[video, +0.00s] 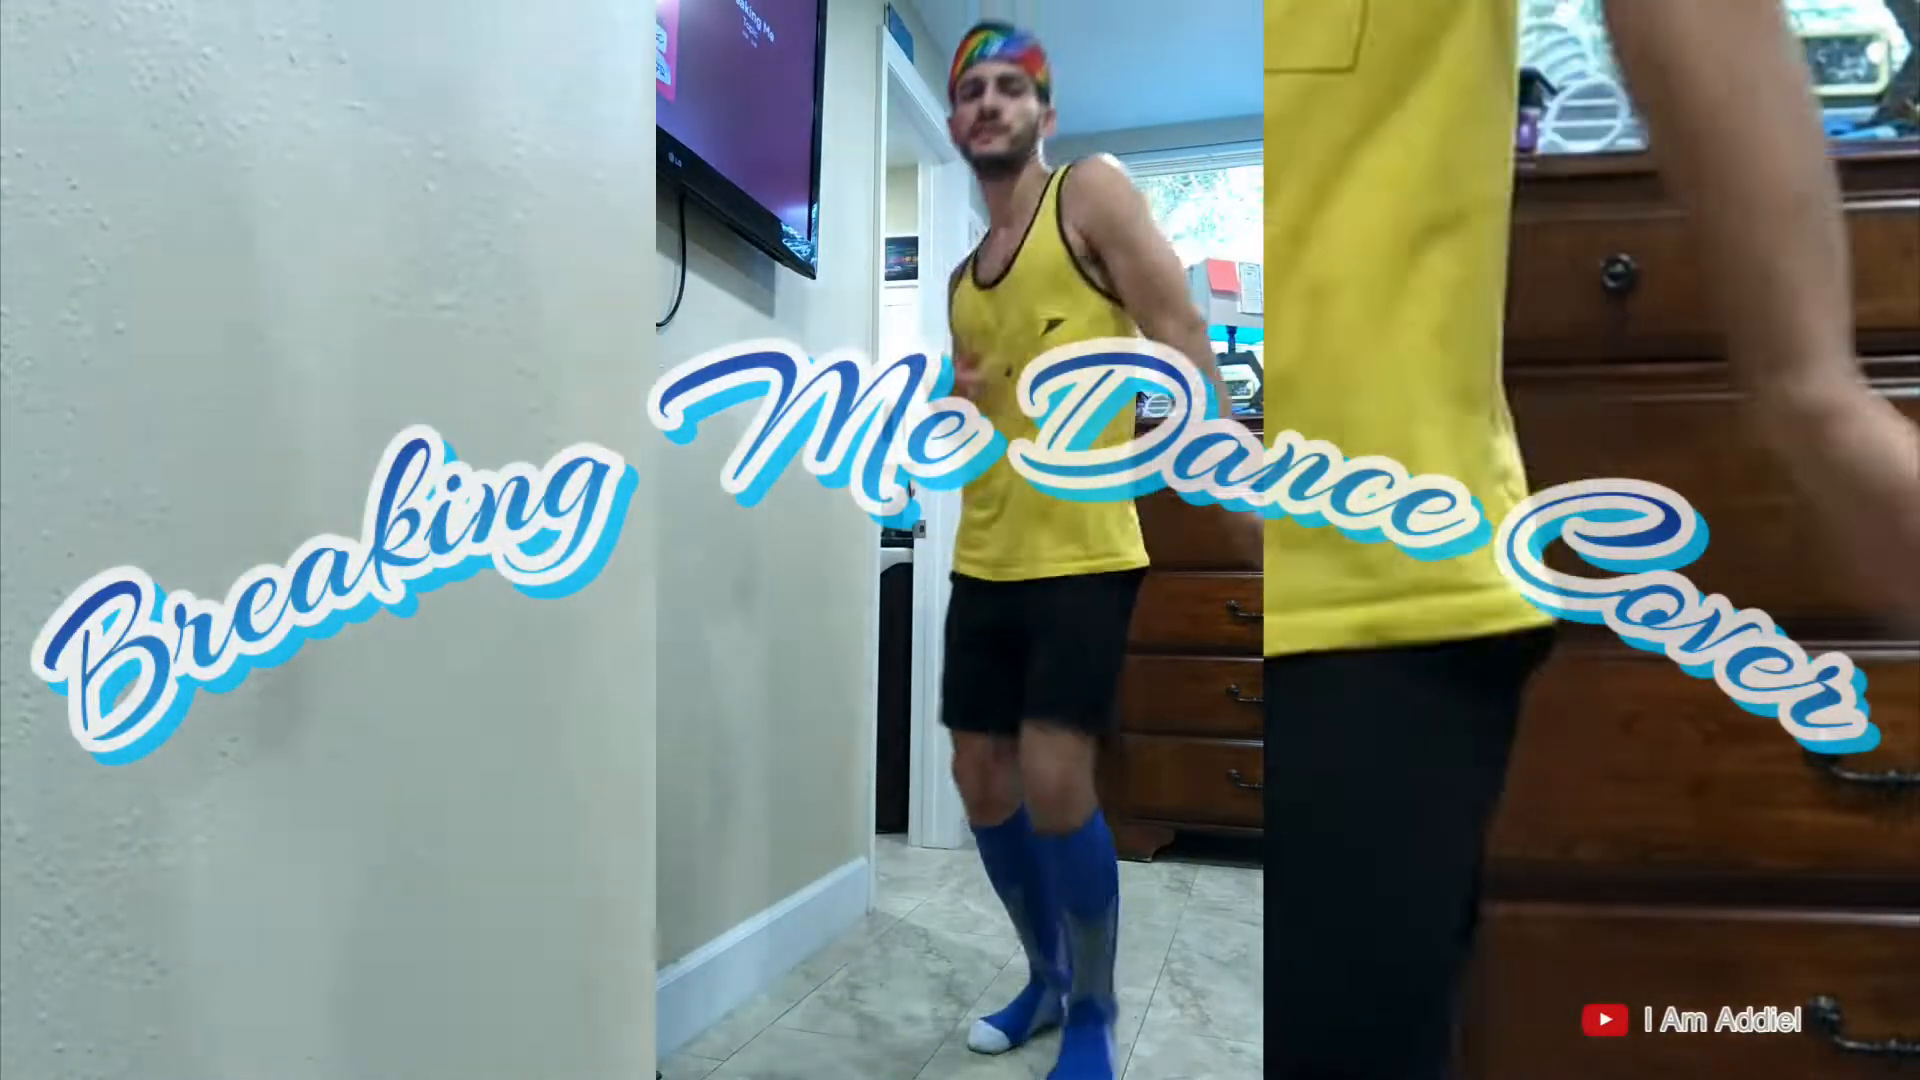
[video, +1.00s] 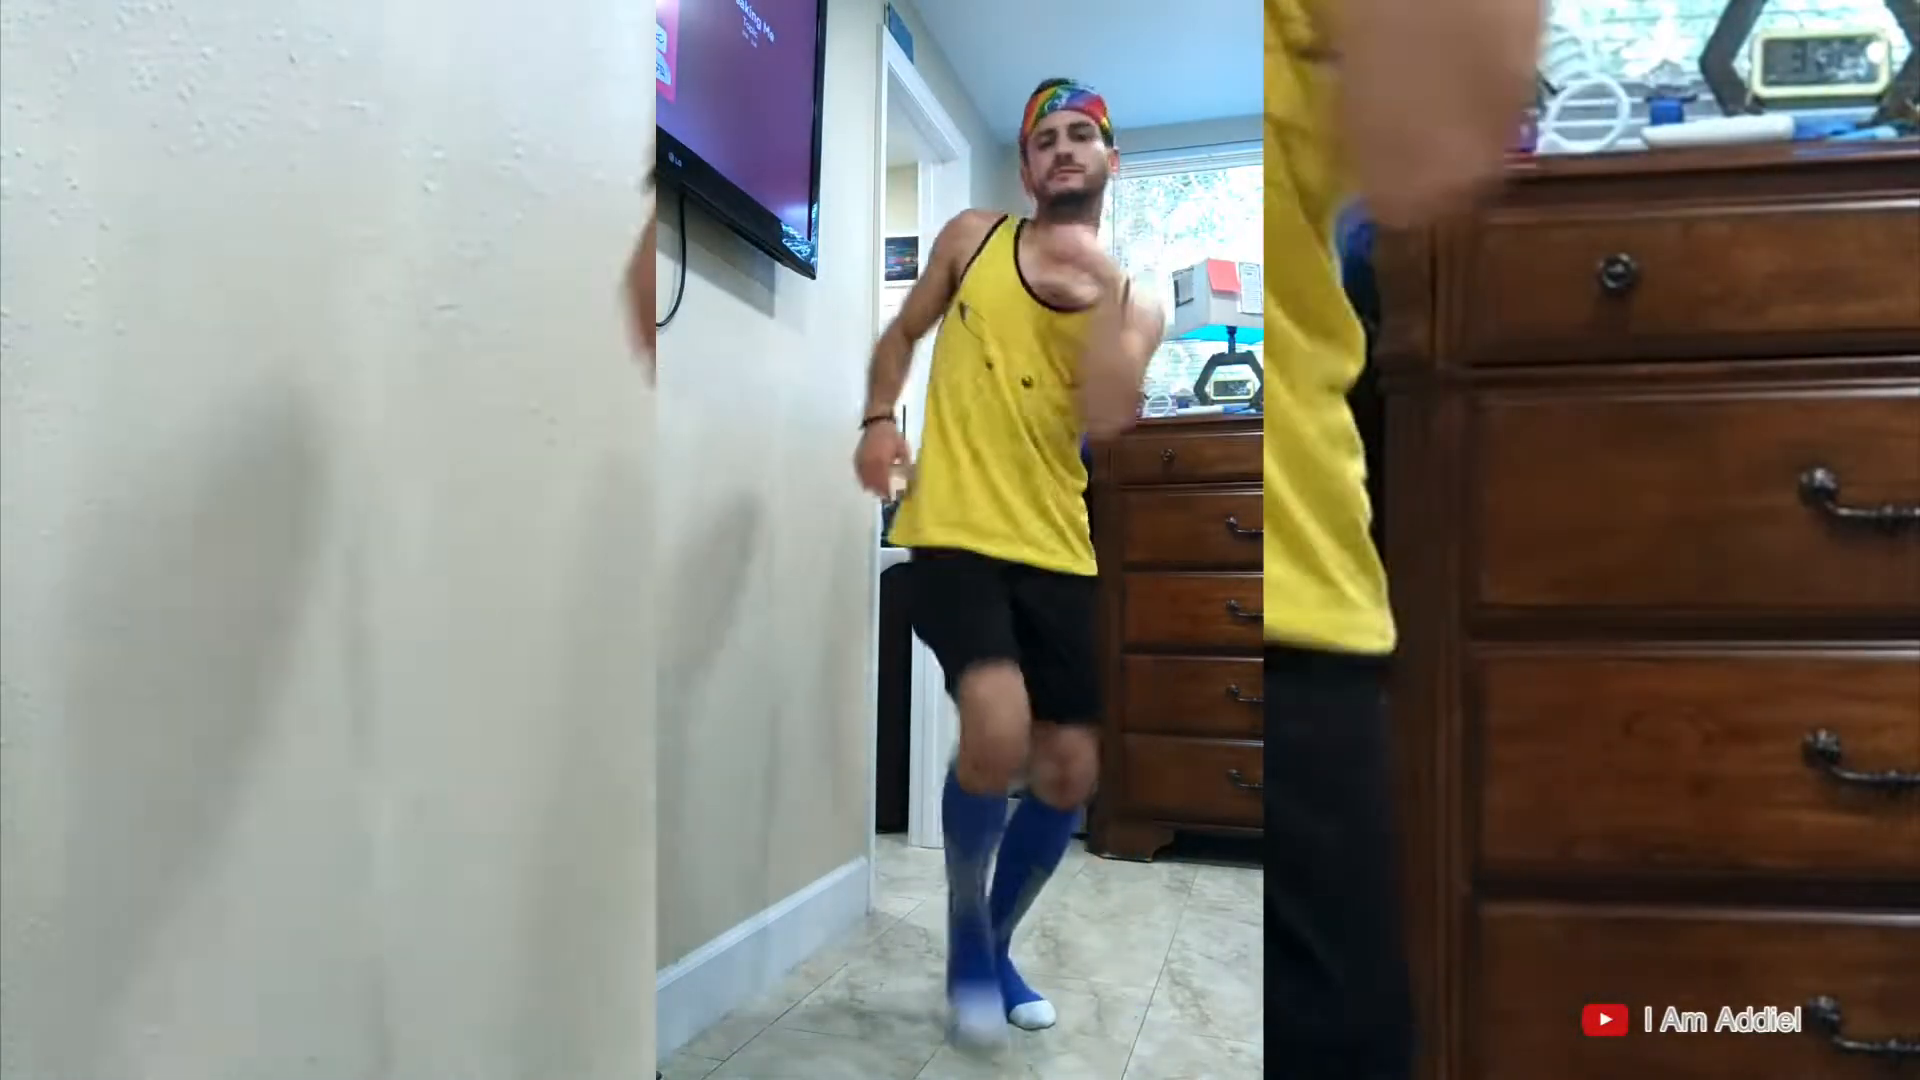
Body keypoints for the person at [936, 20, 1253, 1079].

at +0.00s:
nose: (988, 105)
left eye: (1008, 90)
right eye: (971, 93)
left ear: (1044, 112)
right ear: (953, 121)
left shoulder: (1088, 189)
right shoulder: (969, 269)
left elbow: (1183, 334)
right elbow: (968, 404)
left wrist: (1153, 437)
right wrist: (902, 447)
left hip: (1083, 545)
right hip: (986, 553)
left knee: (1052, 775)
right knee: (981, 775)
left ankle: (1093, 1019)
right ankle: (1049, 980)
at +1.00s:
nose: (1063, 149)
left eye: (1080, 136)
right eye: (1046, 141)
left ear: (1112, 162)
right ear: (1025, 167)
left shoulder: (1131, 297)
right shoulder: (975, 235)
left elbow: (1105, 419)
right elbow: (899, 335)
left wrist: (1113, 296)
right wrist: (879, 422)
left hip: (1054, 538)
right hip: (950, 520)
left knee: (1069, 767)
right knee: (997, 725)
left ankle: (991, 941)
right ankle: (969, 944)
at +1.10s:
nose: (1051, 153)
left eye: (1070, 138)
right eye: (1035, 143)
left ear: (1106, 160)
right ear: (1016, 168)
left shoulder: (1126, 298)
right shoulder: (971, 257)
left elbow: (1064, 388)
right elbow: (915, 354)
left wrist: (1028, 262)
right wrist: (894, 407)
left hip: (1052, 535)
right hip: (949, 507)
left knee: (1068, 767)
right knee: (981, 666)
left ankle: (997, 942)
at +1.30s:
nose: (1015, 128)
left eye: (1035, 112)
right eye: (1000, 115)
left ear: (1069, 130)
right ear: (980, 137)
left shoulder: (1107, 222)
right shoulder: (963, 252)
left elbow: (1040, 291)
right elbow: (964, 381)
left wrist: (913, 287)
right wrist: (919, 391)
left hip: (1045, 518)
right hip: (947, 502)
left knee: (1024, 746)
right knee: (903, 690)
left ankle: (1003, 944)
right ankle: (939, 894)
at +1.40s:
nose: (996, 148)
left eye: (1015, 132)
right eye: (979, 135)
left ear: (1047, 146)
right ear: (960, 156)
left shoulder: (1077, 206)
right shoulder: (951, 282)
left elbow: (1019, 288)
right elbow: (946, 393)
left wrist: (931, 370)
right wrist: (907, 410)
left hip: (1045, 543)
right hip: (940, 541)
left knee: (1025, 761)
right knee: (874, 736)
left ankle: (1005, 948)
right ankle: (921, 959)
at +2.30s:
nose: (1004, 91)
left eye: (1012, 80)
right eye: (979, 77)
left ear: (1020, 113)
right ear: (931, 105)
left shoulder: (1013, 245)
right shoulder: (915, 181)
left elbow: (1036, 377)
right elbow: (950, 289)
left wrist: (1078, 327)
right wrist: (1083, 378)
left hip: (976, 523)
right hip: (870, 535)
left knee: (1075, 750)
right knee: (847, 784)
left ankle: (1089, 997)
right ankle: (834, 1002)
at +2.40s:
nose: (1035, 120)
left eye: (1043, 109)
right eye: (1010, 108)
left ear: (1051, 139)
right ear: (962, 137)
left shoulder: (1002, 268)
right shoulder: (969, 201)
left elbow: (1084, 412)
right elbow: (1010, 343)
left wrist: (1100, 302)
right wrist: (1082, 493)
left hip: (985, 568)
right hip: (890, 572)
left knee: (1093, 759)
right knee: (868, 801)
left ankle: (1109, 1003)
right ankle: (823, 1020)